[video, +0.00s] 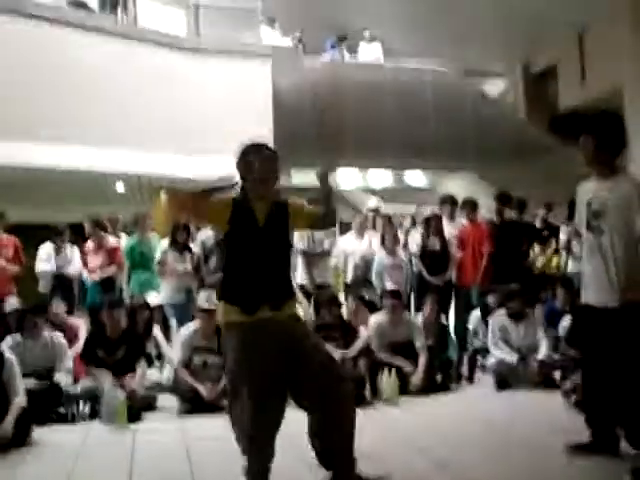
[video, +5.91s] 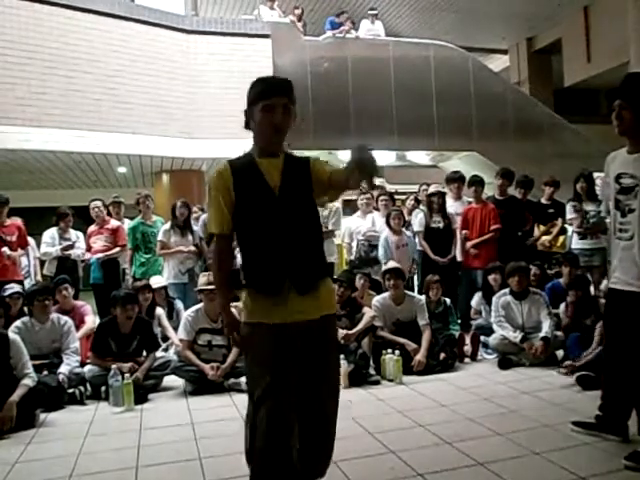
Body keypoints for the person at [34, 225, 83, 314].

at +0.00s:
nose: (61, 244)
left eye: (64, 240)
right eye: (59, 240)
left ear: (68, 238)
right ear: (53, 238)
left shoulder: (73, 250)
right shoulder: (45, 249)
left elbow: (77, 268)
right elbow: (40, 269)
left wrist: (64, 272)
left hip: (67, 277)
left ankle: (70, 309)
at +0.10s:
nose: (60, 230)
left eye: (63, 227)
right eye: (58, 227)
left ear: (66, 225)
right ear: (52, 226)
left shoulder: (73, 237)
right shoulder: (44, 236)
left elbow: (77, 256)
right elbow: (40, 256)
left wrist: (63, 259)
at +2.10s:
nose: (65, 222)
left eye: (67, 219)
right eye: (63, 219)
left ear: (69, 219)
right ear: (56, 219)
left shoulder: (75, 232)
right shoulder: (46, 231)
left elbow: (78, 250)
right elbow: (39, 250)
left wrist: (65, 251)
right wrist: (56, 247)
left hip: (69, 266)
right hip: (51, 266)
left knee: (69, 294)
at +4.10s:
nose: (63, 222)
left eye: (65, 219)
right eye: (60, 219)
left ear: (68, 219)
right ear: (55, 219)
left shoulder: (74, 232)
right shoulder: (45, 231)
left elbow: (78, 250)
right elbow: (38, 250)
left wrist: (66, 251)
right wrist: (55, 248)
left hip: (69, 268)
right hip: (51, 268)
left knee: (69, 297)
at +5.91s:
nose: (67, 225)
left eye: (69, 222)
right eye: (65, 222)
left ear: (72, 221)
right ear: (59, 222)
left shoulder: (78, 235)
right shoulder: (49, 233)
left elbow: (81, 252)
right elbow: (43, 252)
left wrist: (70, 254)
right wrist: (60, 250)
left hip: (73, 270)